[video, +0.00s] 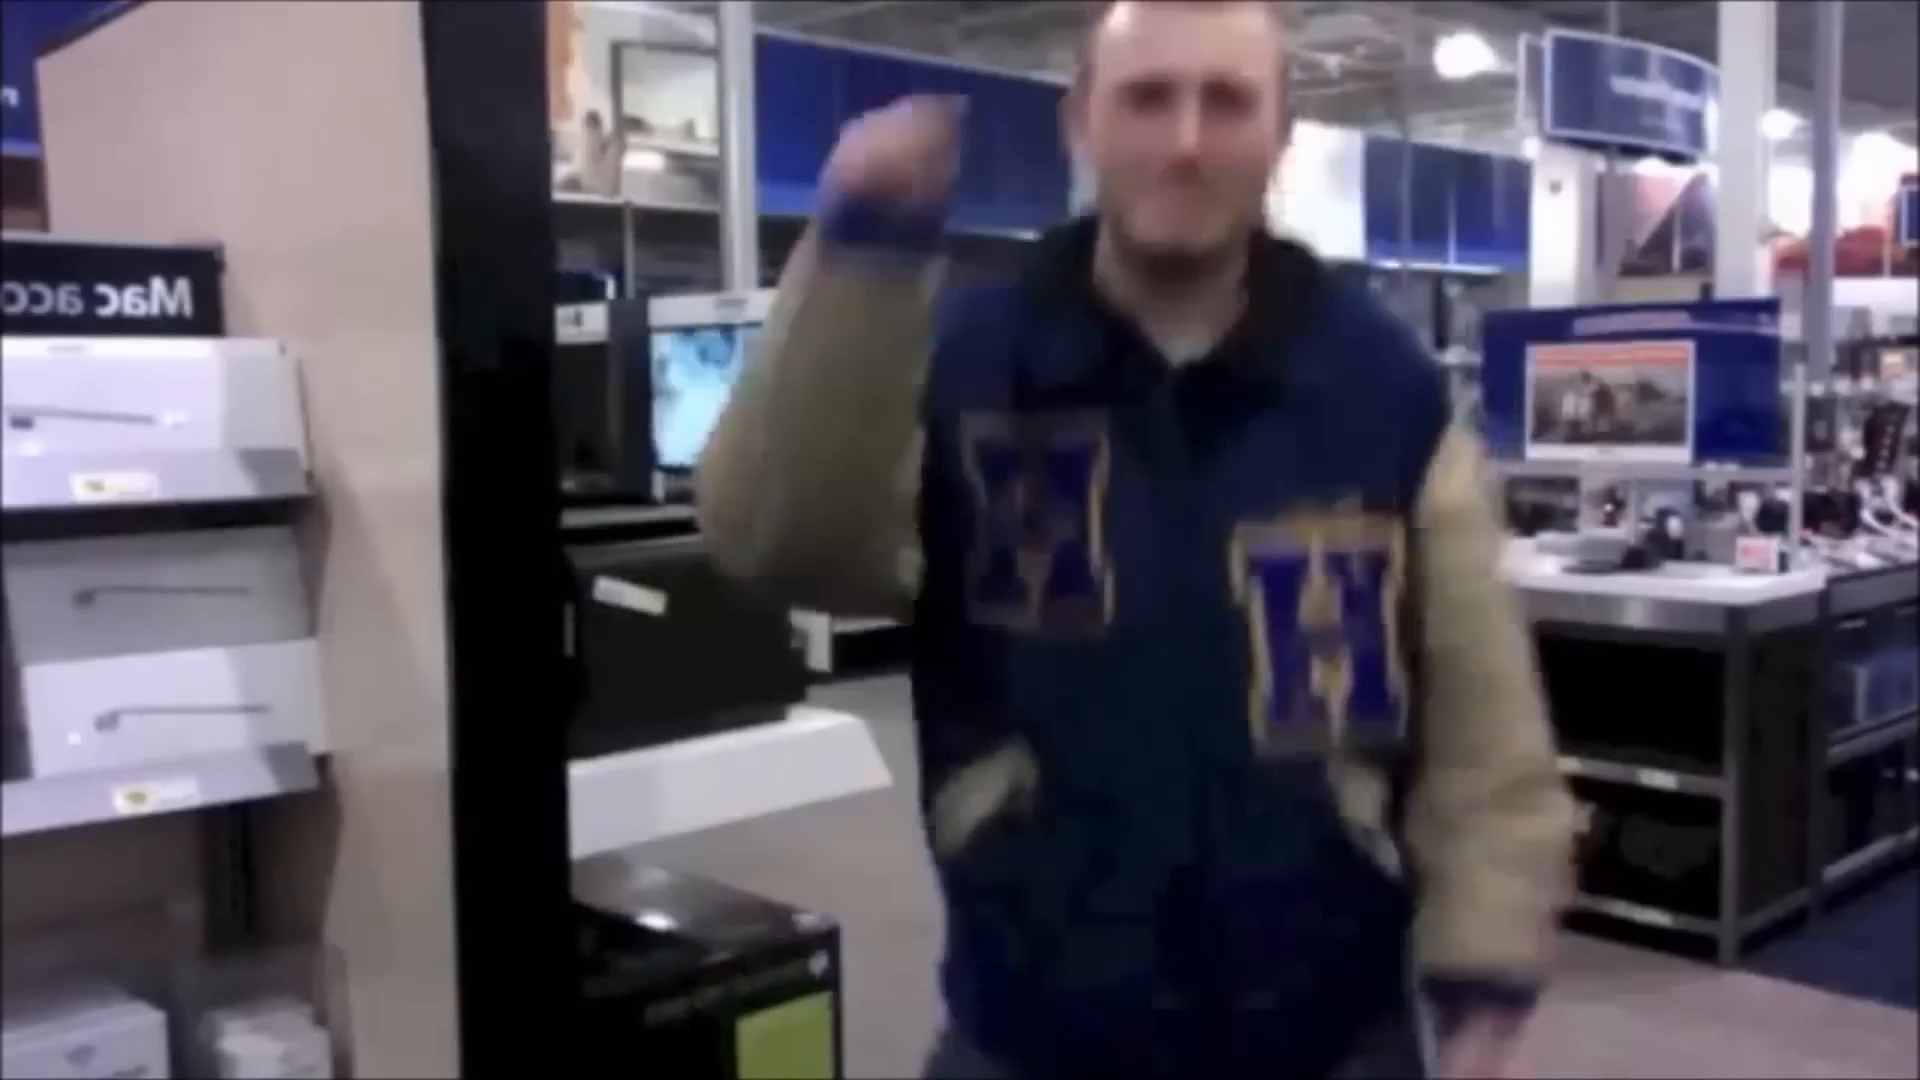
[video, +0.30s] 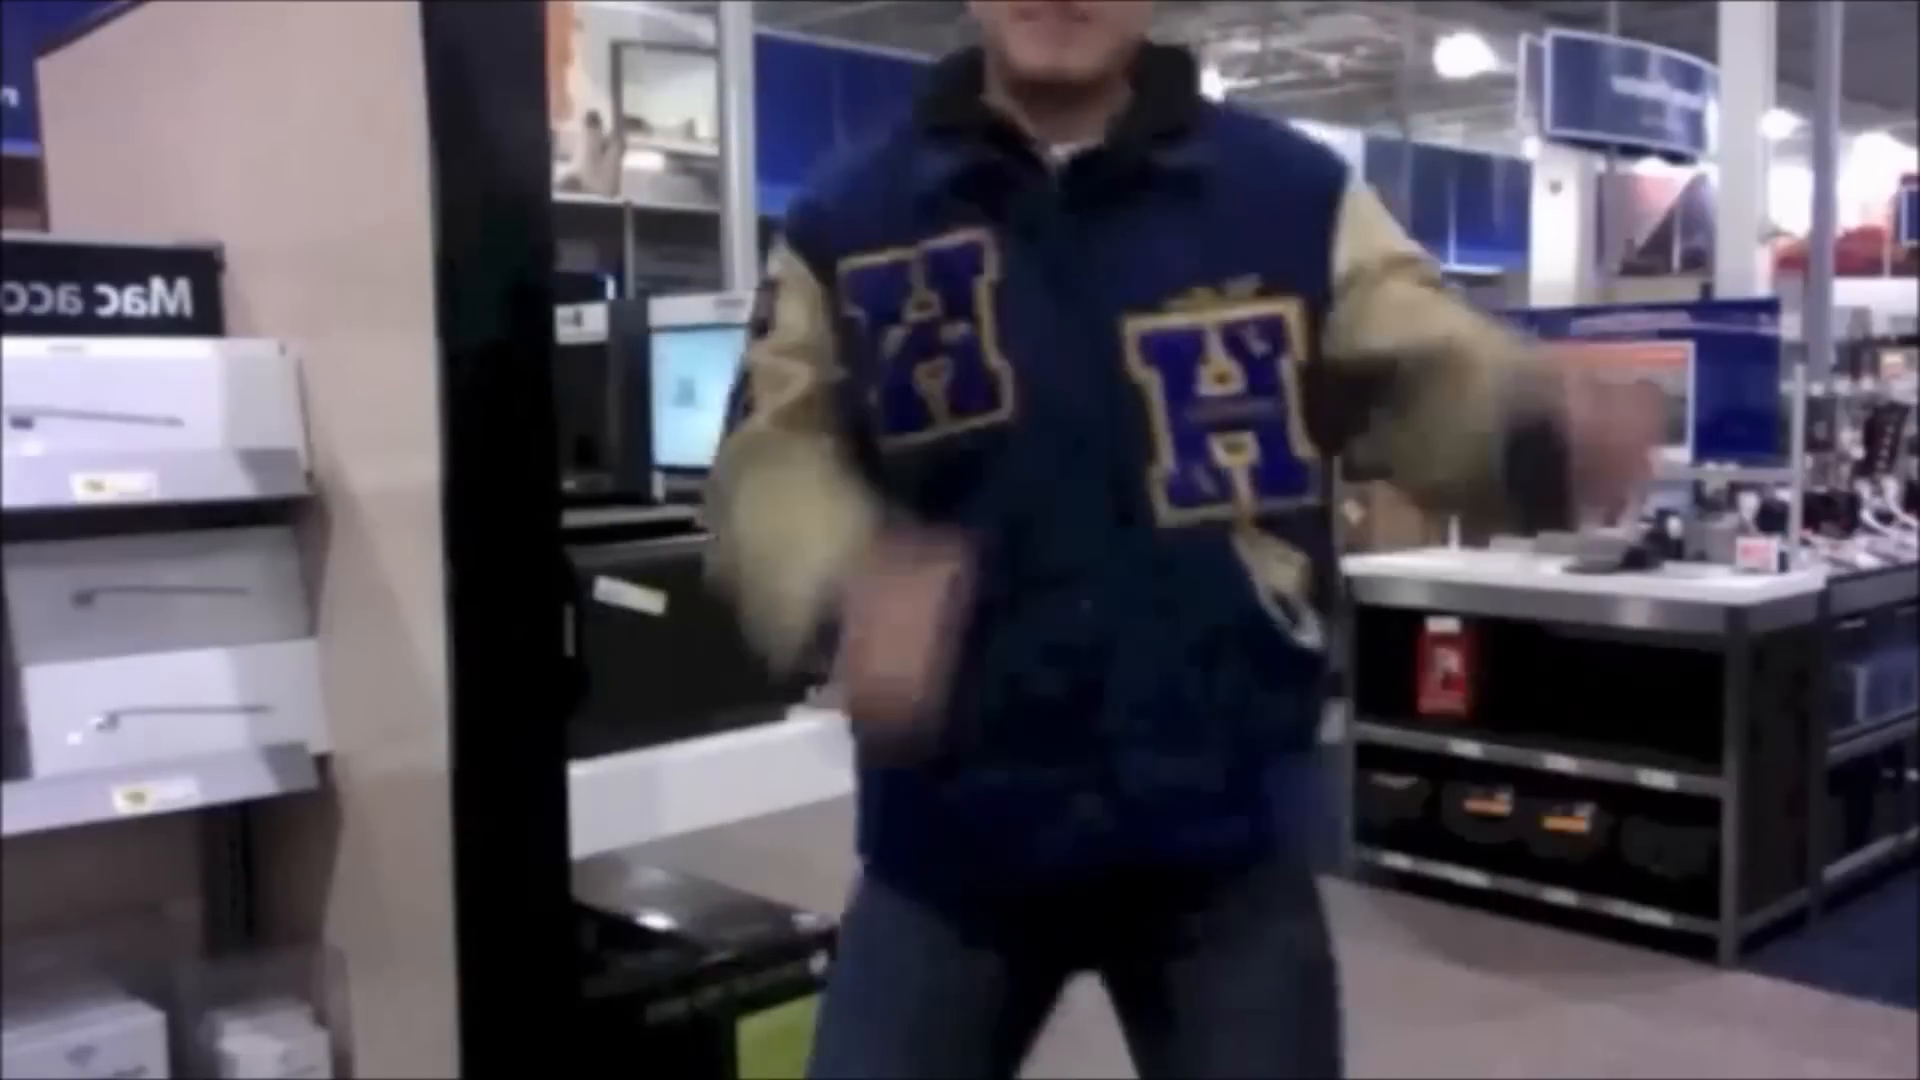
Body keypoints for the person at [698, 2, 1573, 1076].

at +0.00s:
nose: (1186, 140)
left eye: (1226, 104)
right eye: (1149, 100)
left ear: (1281, 135)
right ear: (1080, 121)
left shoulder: (1374, 376)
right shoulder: (964, 350)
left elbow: (1478, 687)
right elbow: (768, 543)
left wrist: (1485, 946)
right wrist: (857, 253)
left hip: (1316, 1001)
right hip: (1047, 1001)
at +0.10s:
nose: (1137, 62)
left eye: (1174, 26)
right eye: (1096, 26)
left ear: (1227, 53)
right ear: (1030, 57)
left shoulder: (1338, 297)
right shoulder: (950, 281)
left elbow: (1452, 605)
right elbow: (751, 495)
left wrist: (1487, 858)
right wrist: (948, 240)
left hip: (1282, 921)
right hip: (1014, 916)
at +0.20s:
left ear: (1182, 1)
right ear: (995, 0)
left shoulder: (1305, 196)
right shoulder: (906, 211)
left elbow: (1439, 443)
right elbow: (751, 491)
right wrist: (905, 410)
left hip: (1246, 804)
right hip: (990, 806)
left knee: (1287, 1057)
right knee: (879, 1065)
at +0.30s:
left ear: (1153, 7)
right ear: (975, 5)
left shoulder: (1287, 192)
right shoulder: (862, 215)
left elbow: (1418, 374)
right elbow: (774, 456)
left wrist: (1544, 426)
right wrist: (853, 577)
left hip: (1221, 825)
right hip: (959, 830)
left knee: (1275, 1066)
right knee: (868, 1067)